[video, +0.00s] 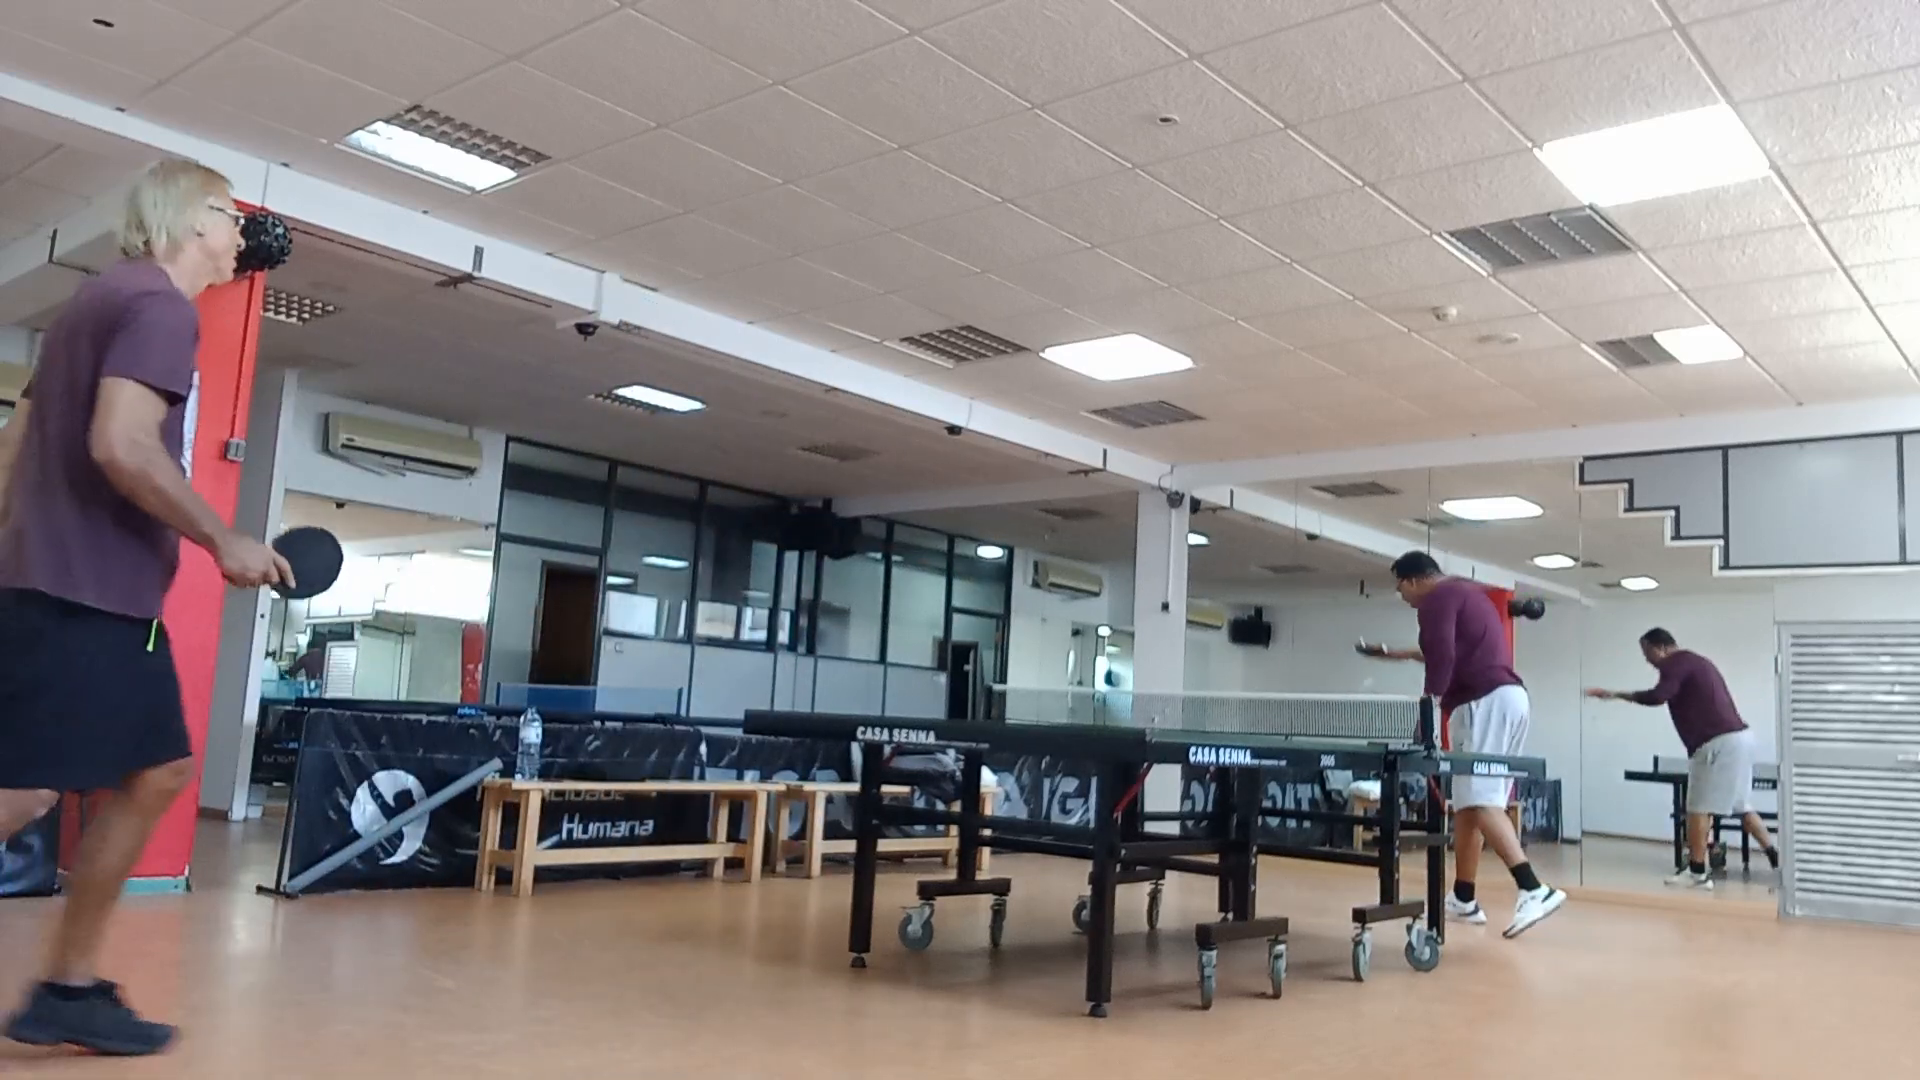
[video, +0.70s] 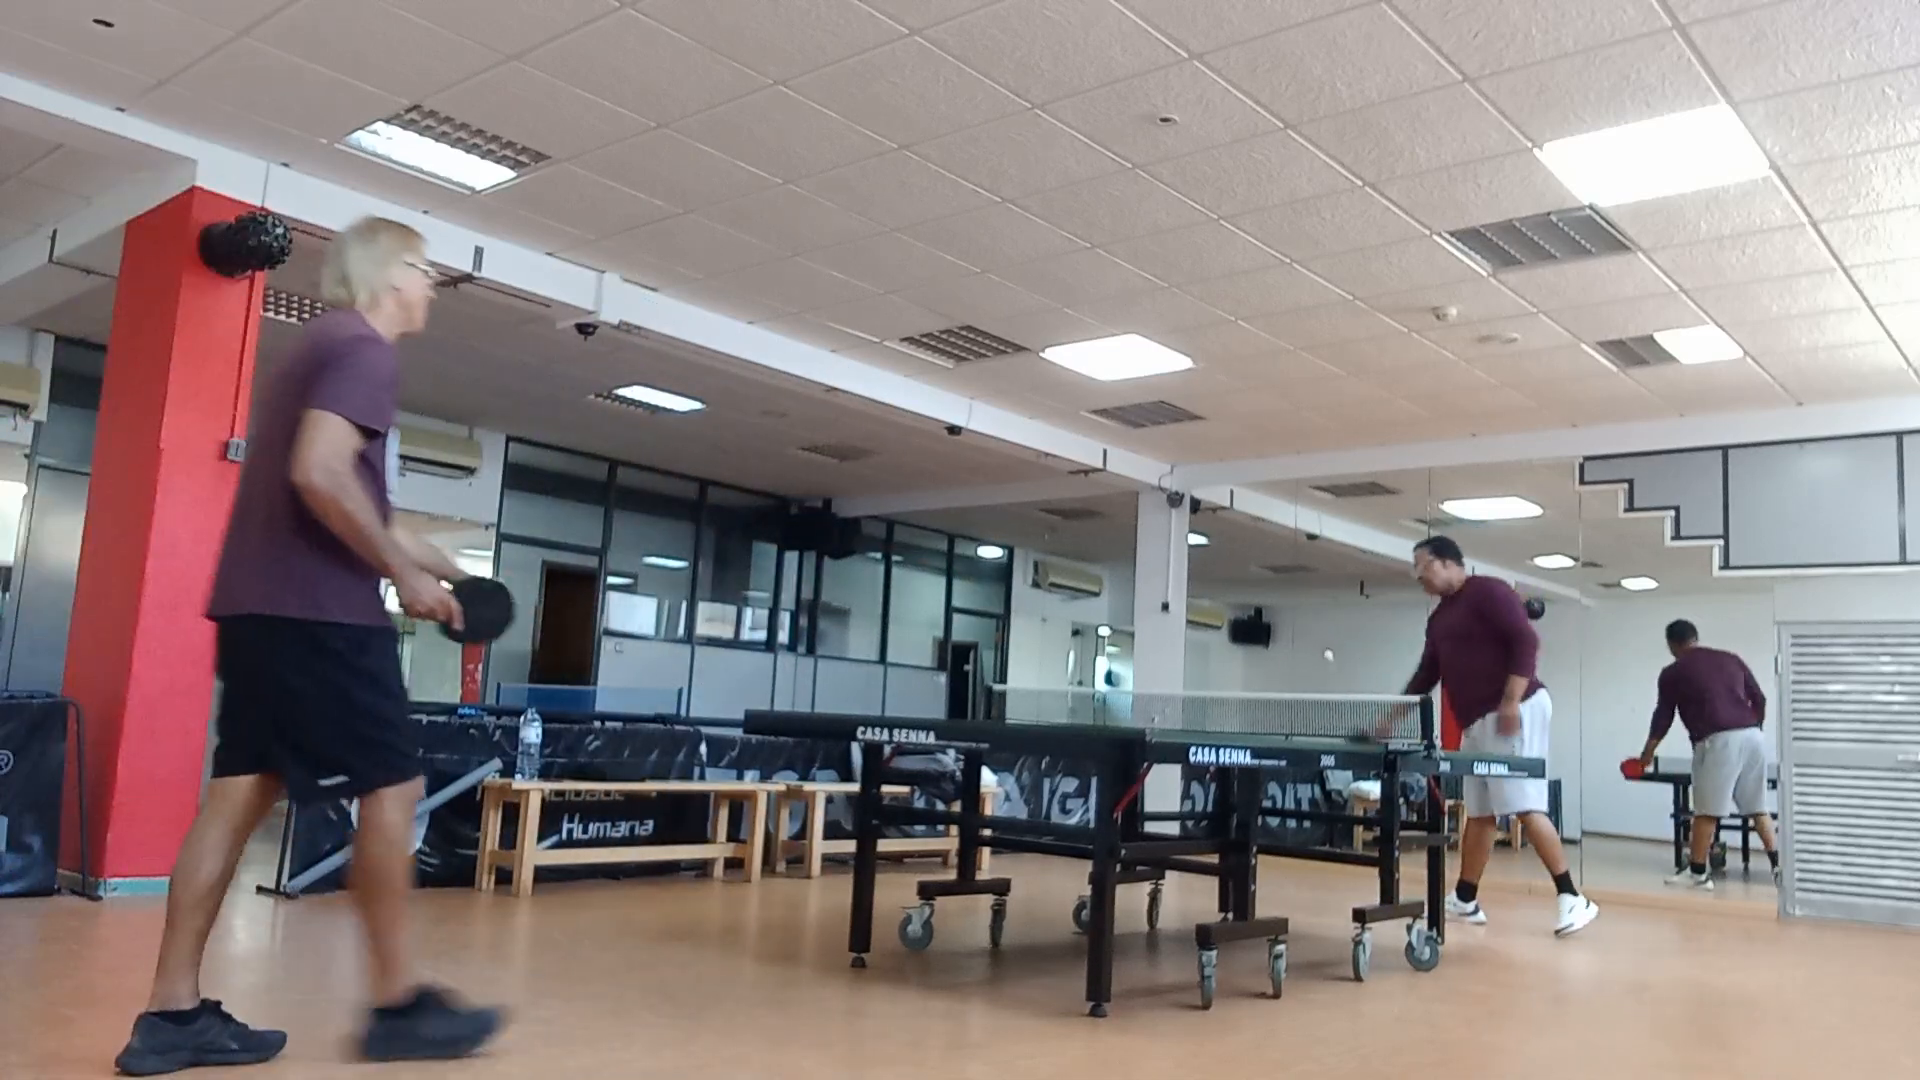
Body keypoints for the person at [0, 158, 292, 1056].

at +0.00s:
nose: (240, 235)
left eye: (237, 221)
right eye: (229, 217)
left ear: (162, 225)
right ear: (186, 221)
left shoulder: (89, 303)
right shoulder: (159, 304)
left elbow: (16, 451)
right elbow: (122, 446)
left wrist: (26, 548)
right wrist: (225, 540)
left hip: (42, 591)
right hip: (88, 597)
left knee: (151, 774)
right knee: (153, 774)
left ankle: (68, 988)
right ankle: (67, 990)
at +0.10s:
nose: (259, 242)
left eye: (255, 227)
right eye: (248, 225)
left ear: (177, 237)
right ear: (208, 234)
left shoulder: (103, 311)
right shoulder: (182, 309)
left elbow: (23, 458)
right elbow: (152, 453)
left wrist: (14, 570)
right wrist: (246, 553)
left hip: (102, 607)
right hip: (88, 604)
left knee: (183, 775)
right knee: (27, 792)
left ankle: (140, 1002)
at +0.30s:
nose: (319, 268)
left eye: (317, 252)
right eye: (311, 250)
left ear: (244, 251)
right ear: (269, 250)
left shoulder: (203, 318)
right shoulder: (240, 324)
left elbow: (191, 471)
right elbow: (200, 458)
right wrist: (286, 562)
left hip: (190, 613)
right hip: (148, 606)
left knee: (228, 788)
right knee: (113, 792)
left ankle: (173, 1010)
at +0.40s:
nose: (346, 263)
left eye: (341, 249)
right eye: (336, 248)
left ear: (277, 259)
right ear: (297, 257)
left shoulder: (240, 321)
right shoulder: (265, 324)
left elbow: (248, 479)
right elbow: (221, 457)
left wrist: (323, 567)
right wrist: (309, 560)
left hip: (211, 602)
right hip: (193, 601)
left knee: (223, 800)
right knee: (209, 799)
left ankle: (174, 1011)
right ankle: (15, 934)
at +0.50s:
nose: (373, 275)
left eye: (370, 258)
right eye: (366, 257)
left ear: (290, 263)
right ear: (328, 260)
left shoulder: (258, 326)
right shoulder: (295, 328)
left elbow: (259, 482)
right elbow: (250, 455)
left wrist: (336, 577)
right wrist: (337, 559)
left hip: (215, 596)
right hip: (240, 599)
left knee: (223, 790)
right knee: (306, 779)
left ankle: (176, 1000)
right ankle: (123, 966)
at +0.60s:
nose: (401, 278)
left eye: (398, 264)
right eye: (392, 261)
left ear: (320, 265)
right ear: (353, 263)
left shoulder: (281, 331)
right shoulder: (329, 334)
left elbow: (284, 482)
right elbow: (282, 458)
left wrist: (373, 564)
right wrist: (372, 566)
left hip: (225, 599)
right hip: (280, 603)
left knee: (231, 785)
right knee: (355, 776)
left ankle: (169, 1009)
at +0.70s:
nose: (430, 289)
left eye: (429, 274)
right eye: (423, 272)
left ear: (353, 276)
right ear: (388, 274)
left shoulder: (311, 343)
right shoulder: (363, 345)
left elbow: (311, 493)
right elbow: (321, 468)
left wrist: (402, 544)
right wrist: (406, 571)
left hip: (259, 607)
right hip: (321, 613)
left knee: (240, 791)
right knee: (393, 787)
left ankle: (172, 1009)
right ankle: (397, 1002)